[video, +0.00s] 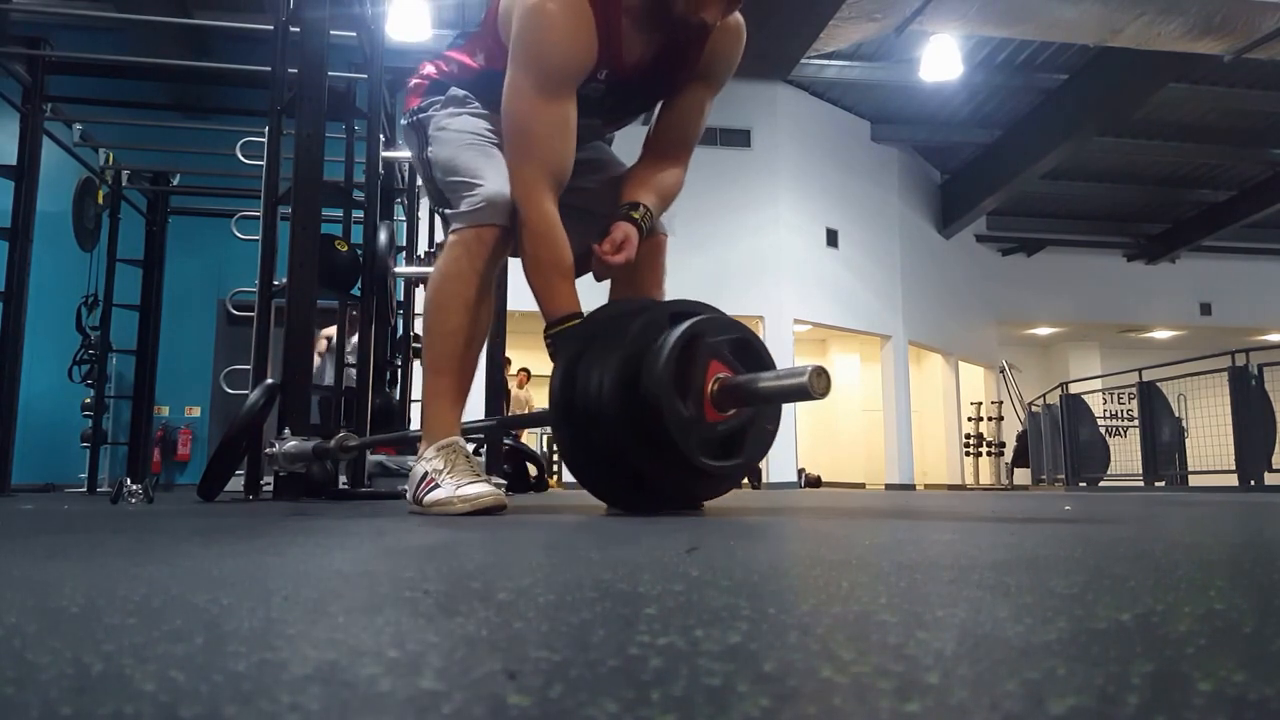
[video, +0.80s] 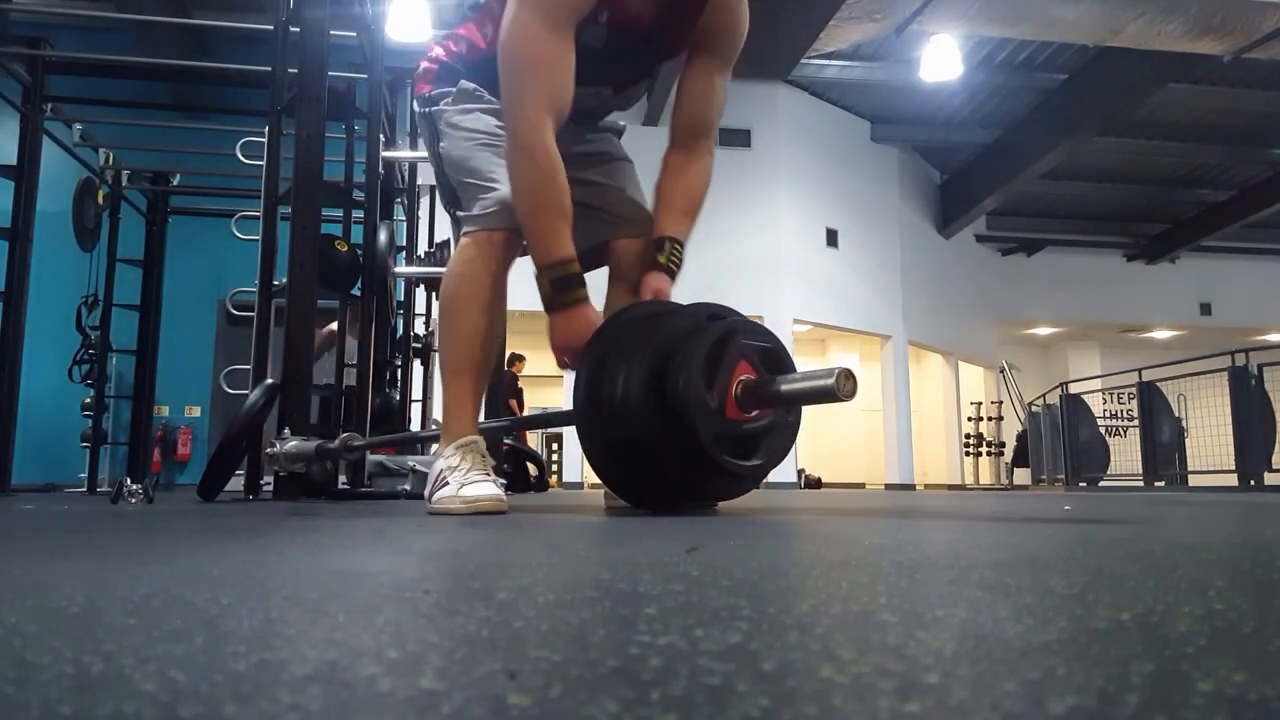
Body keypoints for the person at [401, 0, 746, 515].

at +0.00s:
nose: (718, 11)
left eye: (730, 3)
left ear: (738, 2)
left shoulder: (724, 32)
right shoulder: (558, 14)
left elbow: (668, 155)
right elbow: (536, 191)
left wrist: (634, 214)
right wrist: (570, 345)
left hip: (572, 122)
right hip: (464, 98)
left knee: (646, 238)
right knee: (491, 207)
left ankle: (641, 453)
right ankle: (440, 453)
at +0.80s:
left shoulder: (723, 10)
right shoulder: (553, 4)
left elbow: (693, 143)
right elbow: (531, 126)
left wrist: (664, 264)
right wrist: (565, 295)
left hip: (582, 111)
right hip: (475, 83)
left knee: (639, 247)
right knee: (497, 220)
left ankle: (629, 464)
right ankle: (459, 452)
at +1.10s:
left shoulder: (722, 1)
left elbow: (717, 115)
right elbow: (500, 74)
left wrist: (705, 251)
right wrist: (522, 234)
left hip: (573, 106)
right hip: (472, 76)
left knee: (632, 242)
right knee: (493, 228)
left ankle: (628, 462)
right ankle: (456, 451)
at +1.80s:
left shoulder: (733, 19)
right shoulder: (560, 3)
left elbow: (702, 159)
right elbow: (535, 125)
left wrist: (671, 295)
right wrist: (559, 294)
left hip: (578, 116)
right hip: (472, 85)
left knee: (654, 242)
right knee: (490, 207)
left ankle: (652, 460)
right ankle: (462, 451)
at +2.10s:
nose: (730, 54)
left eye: (751, 42)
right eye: (721, 26)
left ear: (770, 33)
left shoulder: (732, 93)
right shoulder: (566, 29)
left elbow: (686, 230)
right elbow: (541, 204)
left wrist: (650, 363)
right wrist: (574, 355)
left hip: (581, 141)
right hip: (477, 107)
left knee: (664, 236)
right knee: (487, 199)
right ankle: (461, 451)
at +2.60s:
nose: (725, 118)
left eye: (746, 104)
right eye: (715, 89)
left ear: (765, 91)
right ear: (677, 40)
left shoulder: (727, 152)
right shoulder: (566, 69)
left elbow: (688, 276)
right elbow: (520, 245)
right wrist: (577, 380)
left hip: (574, 160)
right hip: (473, 120)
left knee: (677, 248)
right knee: (472, 213)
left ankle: (656, 453)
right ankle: (461, 452)